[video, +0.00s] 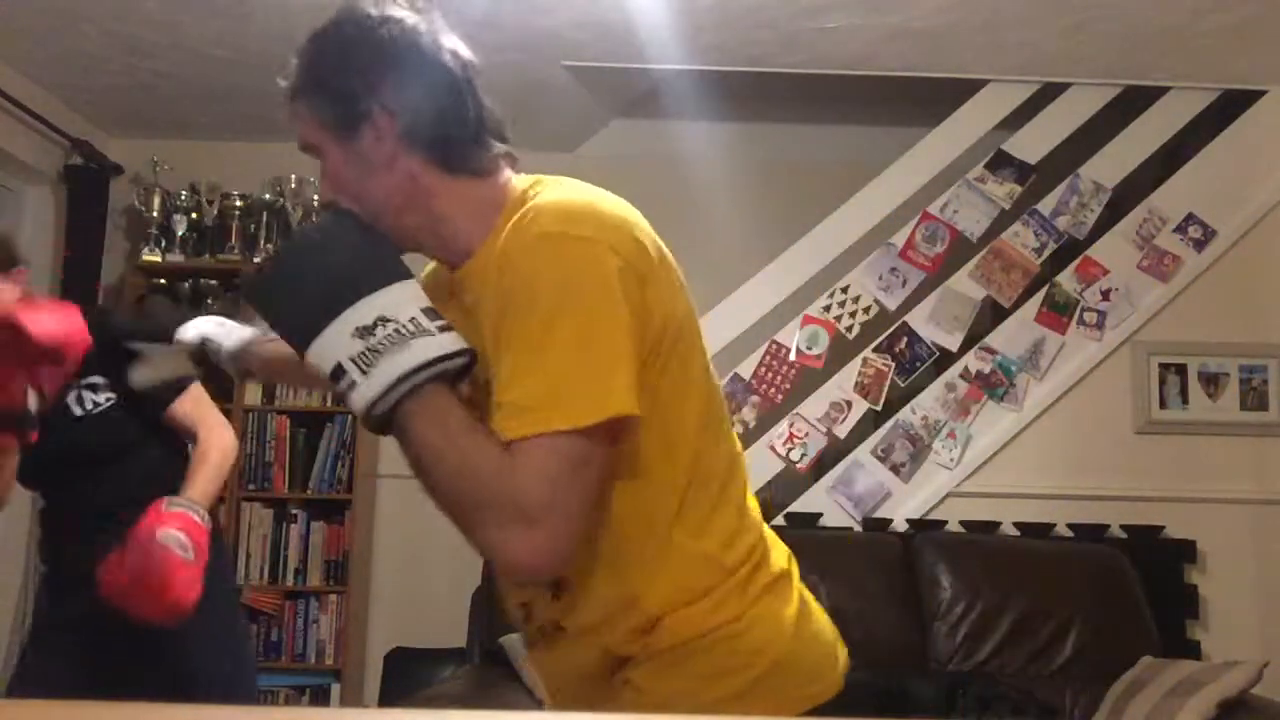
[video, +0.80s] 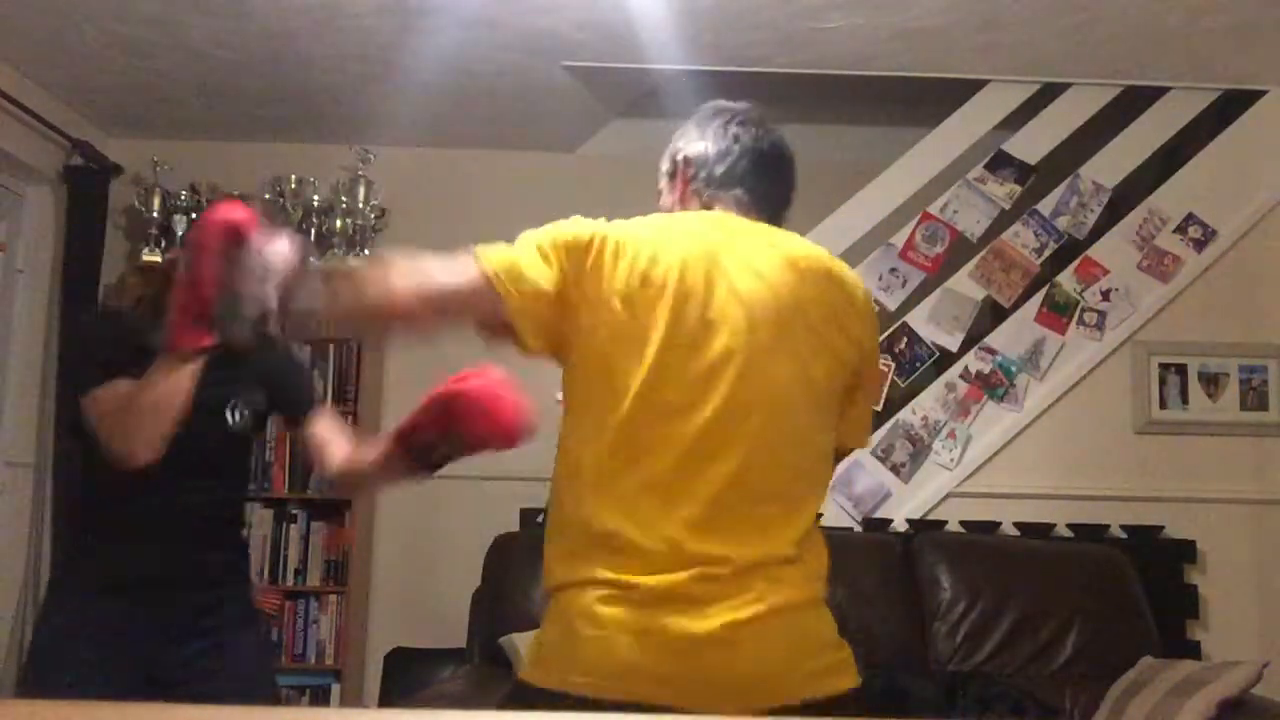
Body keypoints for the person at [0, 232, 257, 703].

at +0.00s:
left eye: (1, 286)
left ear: (19, 280)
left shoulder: (108, 340)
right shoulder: (13, 379)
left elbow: (218, 435)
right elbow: (5, 493)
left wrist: (186, 518)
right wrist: (14, 406)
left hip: (172, 559)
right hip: (72, 578)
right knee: (44, 705)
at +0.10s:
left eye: (37, 271)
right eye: (6, 274)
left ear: (79, 274)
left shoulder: (149, 350)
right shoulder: (9, 376)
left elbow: (229, 461)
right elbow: (3, 530)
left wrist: (194, 510)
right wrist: (28, 438)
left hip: (170, 613)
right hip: (59, 613)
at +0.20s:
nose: (85, 277)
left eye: (103, 256)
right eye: (65, 256)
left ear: (130, 265)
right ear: (33, 262)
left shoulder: (171, 347)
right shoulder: (15, 346)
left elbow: (221, 467)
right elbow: (5, 517)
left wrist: (203, 498)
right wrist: (45, 451)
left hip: (172, 604)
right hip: (55, 607)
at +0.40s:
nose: (122, 282)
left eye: (139, 262)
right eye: (103, 259)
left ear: (158, 266)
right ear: (63, 259)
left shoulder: (194, 344)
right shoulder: (27, 351)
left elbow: (227, 465)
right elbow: (6, 503)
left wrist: (256, 468)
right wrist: (67, 411)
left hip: (193, 606)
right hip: (79, 605)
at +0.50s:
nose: (157, 292)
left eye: (175, 274)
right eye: (138, 268)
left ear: (192, 280)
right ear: (95, 265)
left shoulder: (218, 344)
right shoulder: (48, 351)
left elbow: (291, 479)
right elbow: (18, 510)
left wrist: (309, 435)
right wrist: (85, 418)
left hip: (216, 627)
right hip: (96, 628)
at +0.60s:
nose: (219, 301)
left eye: (236, 286)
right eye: (201, 280)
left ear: (250, 289)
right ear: (157, 275)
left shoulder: (256, 356)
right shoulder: (102, 350)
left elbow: (341, 469)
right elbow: (50, 511)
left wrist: (382, 395)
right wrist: (118, 411)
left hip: (226, 633)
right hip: (109, 635)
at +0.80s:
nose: (250, 285)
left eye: (264, 271)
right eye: (235, 265)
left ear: (275, 281)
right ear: (197, 262)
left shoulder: (265, 355)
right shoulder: (108, 333)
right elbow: (133, 441)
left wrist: (424, 445)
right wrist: (194, 320)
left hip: (218, 628)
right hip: (96, 625)